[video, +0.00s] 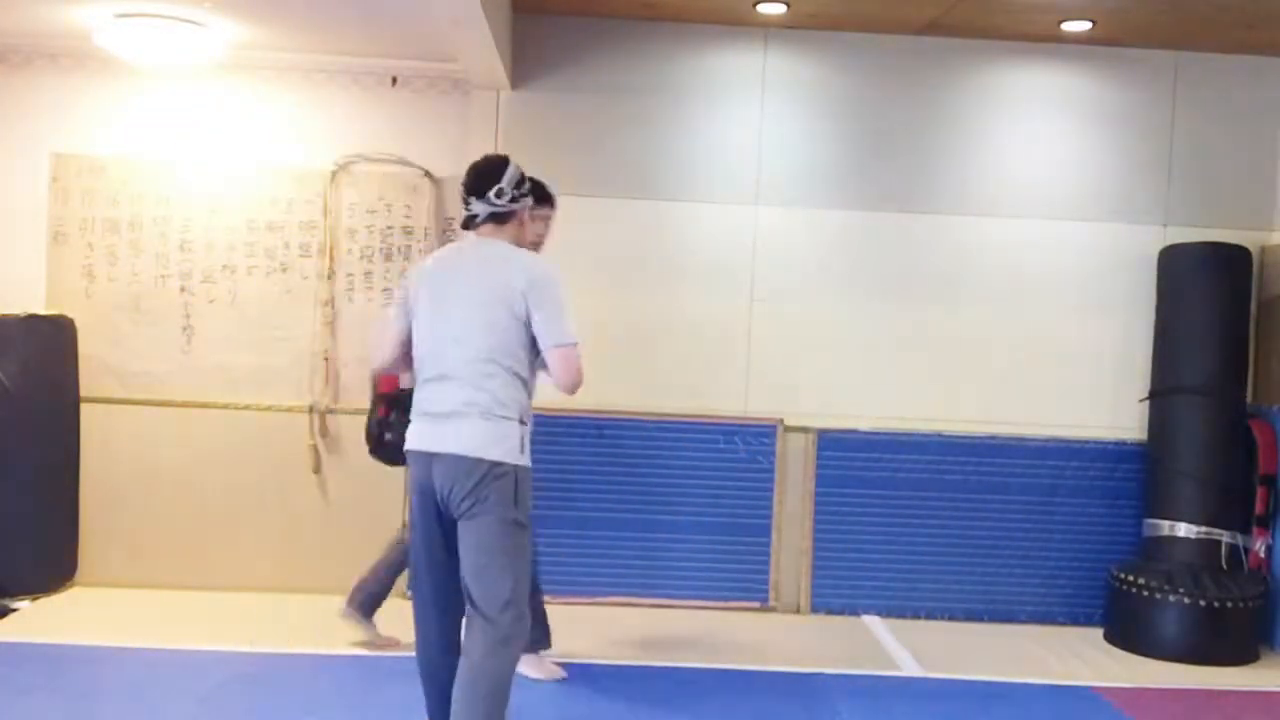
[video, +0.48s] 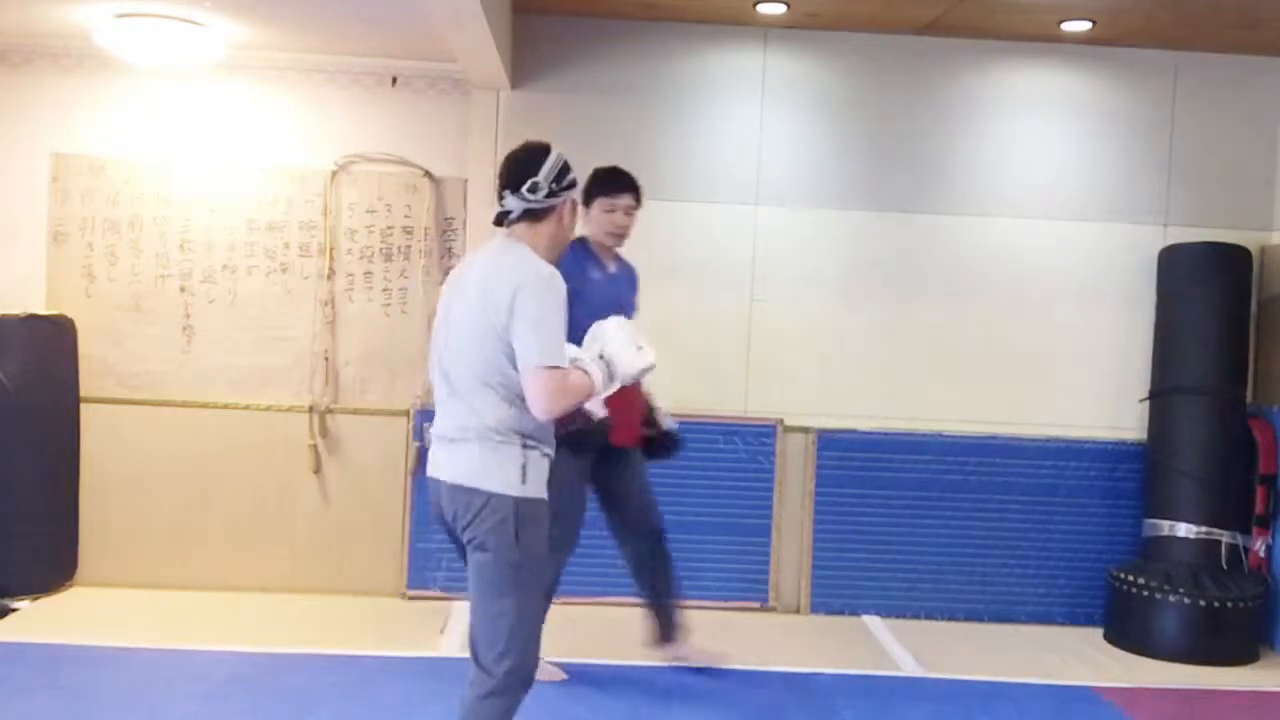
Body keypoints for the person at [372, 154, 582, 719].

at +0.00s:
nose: (538, 225)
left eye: (540, 214)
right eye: (534, 213)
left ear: (469, 207)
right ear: (517, 209)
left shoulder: (427, 269)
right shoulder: (529, 270)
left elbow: (384, 359)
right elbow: (568, 377)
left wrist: (441, 351)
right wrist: (527, 341)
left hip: (423, 459)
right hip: (488, 462)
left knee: (434, 611)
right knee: (498, 619)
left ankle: (444, 712)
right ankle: (473, 713)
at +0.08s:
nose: (545, 225)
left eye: (548, 215)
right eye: (541, 214)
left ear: (475, 211)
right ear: (523, 212)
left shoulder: (434, 272)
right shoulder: (530, 272)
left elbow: (395, 364)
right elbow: (562, 382)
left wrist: (458, 346)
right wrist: (581, 352)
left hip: (426, 466)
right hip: (491, 469)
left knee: (435, 621)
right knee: (500, 629)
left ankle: (444, 713)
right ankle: (475, 714)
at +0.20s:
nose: (556, 228)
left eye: (557, 218)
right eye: (552, 217)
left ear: (488, 218)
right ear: (533, 219)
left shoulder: (444, 280)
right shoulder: (534, 282)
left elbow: (417, 373)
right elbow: (551, 399)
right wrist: (587, 363)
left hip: (432, 482)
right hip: (495, 485)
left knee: (444, 636)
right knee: (509, 647)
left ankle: (447, 714)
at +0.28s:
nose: (563, 229)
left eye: (563, 217)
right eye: (559, 216)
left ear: (495, 219)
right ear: (540, 219)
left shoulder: (451, 283)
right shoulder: (534, 287)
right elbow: (551, 405)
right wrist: (592, 370)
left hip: (438, 487)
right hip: (501, 492)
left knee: (456, 640)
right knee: (514, 656)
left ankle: (454, 714)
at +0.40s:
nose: (577, 226)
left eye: (577, 213)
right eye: (575, 212)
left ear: (507, 213)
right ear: (560, 214)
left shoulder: (462, 277)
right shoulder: (535, 284)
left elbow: (493, 387)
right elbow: (546, 404)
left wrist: (582, 371)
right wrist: (597, 378)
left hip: (452, 484)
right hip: (503, 494)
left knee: (484, 657)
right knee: (512, 670)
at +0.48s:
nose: (580, 219)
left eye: (580, 206)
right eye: (580, 205)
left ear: (512, 204)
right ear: (565, 207)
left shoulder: (470, 269)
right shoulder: (537, 278)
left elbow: (474, 386)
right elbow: (547, 400)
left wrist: (572, 380)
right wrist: (597, 369)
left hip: (456, 479)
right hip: (506, 491)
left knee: (498, 658)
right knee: (504, 668)